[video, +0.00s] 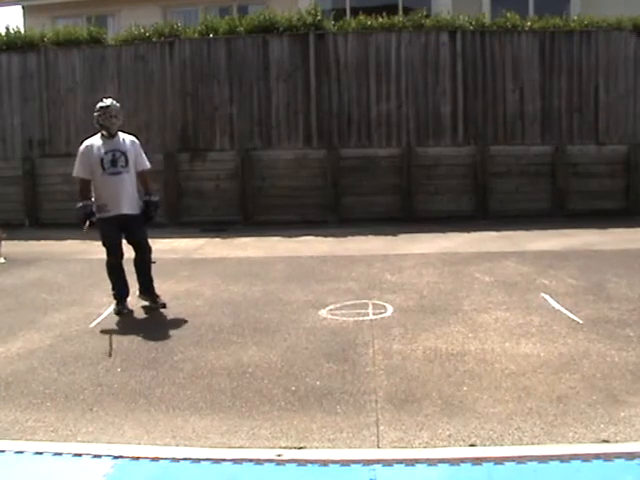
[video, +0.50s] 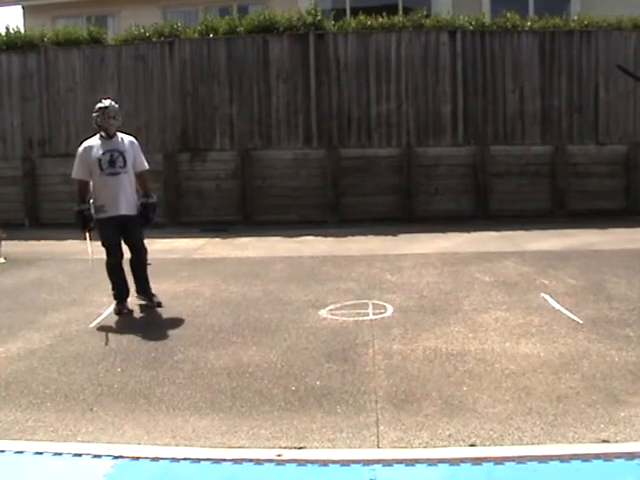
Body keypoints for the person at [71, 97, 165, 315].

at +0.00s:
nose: (113, 120)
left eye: (116, 116)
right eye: (107, 116)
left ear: (121, 118)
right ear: (98, 119)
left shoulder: (131, 142)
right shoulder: (89, 148)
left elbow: (143, 173)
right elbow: (84, 181)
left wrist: (150, 197)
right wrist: (87, 209)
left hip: (132, 209)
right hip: (106, 213)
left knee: (143, 251)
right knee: (114, 257)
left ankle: (147, 290)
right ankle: (120, 298)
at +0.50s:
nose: (111, 121)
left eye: (114, 116)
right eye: (106, 117)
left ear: (119, 118)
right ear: (97, 120)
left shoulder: (129, 143)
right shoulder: (87, 149)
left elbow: (141, 173)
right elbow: (83, 182)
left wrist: (149, 197)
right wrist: (83, 209)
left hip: (130, 210)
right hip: (105, 213)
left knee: (139, 252)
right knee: (114, 258)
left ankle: (144, 291)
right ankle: (120, 298)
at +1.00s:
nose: (116, 131)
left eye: (119, 126)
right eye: (111, 127)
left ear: (124, 124)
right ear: (103, 127)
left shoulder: (134, 143)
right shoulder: (93, 149)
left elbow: (144, 173)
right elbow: (87, 182)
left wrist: (146, 197)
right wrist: (89, 201)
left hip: (133, 209)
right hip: (109, 212)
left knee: (140, 248)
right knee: (117, 254)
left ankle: (133, 283)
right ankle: (120, 298)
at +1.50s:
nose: (132, 142)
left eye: (136, 137)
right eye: (129, 138)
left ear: (140, 134)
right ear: (120, 134)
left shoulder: (146, 144)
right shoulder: (107, 148)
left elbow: (153, 172)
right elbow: (98, 179)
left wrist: (156, 194)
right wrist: (100, 194)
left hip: (140, 209)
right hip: (118, 209)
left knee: (137, 250)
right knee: (121, 252)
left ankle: (134, 288)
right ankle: (121, 294)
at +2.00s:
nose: (141, 129)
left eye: (142, 124)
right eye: (138, 124)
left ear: (143, 125)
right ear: (126, 124)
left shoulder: (145, 144)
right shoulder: (111, 147)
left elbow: (154, 171)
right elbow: (106, 177)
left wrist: (154, 190)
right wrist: (117, 194)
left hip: (141, 206)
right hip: (122, 208)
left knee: (138, 247)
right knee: (127, 248)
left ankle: (134, 287)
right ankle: (124, 291)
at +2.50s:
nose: (133, 122)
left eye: (135, 117)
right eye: (129, 117)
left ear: (137, 119)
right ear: (118, 120)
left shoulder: (140, 143)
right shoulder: (109, 148)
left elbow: (153, 168)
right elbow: (111, 179)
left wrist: (166, 169)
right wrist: (138, 186)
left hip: (139, 208)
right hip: (121, 210)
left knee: (138, 250)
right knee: (131, 251)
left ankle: (134, 289)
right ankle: (131, 299)